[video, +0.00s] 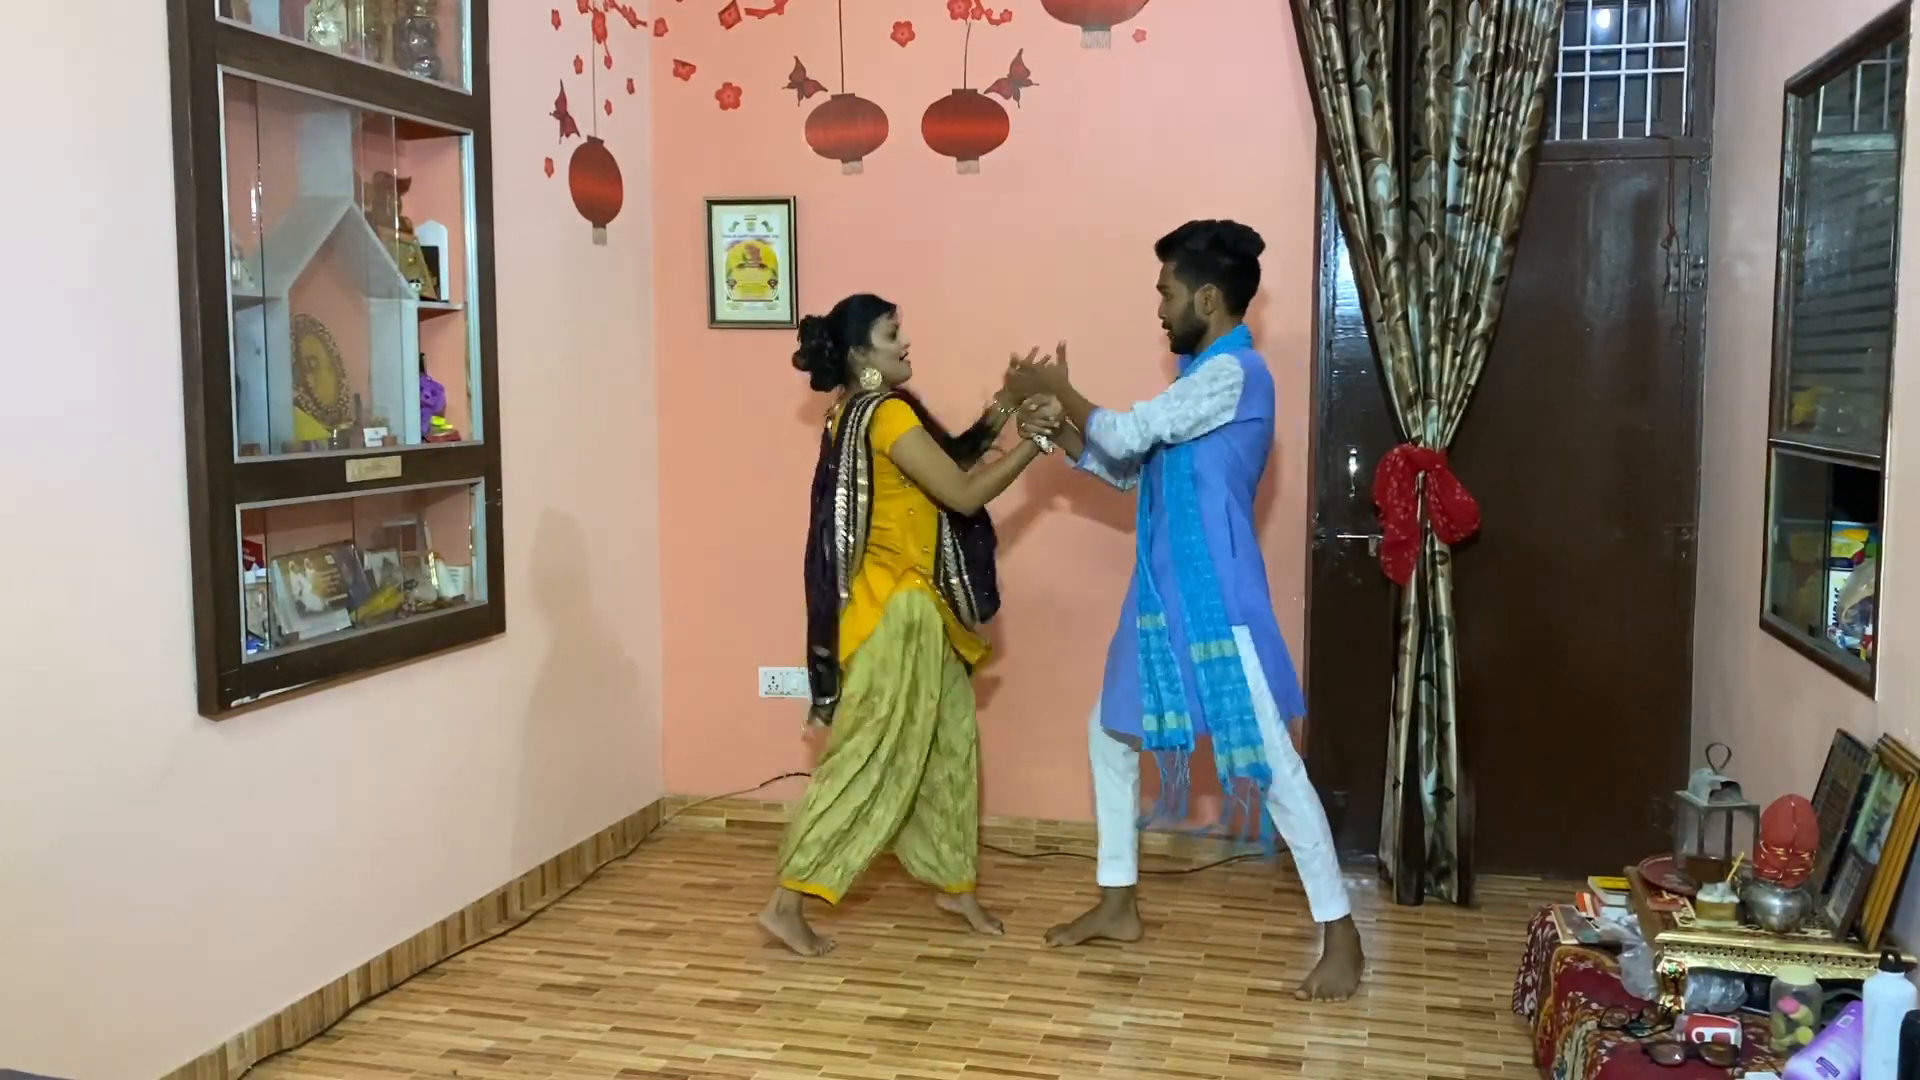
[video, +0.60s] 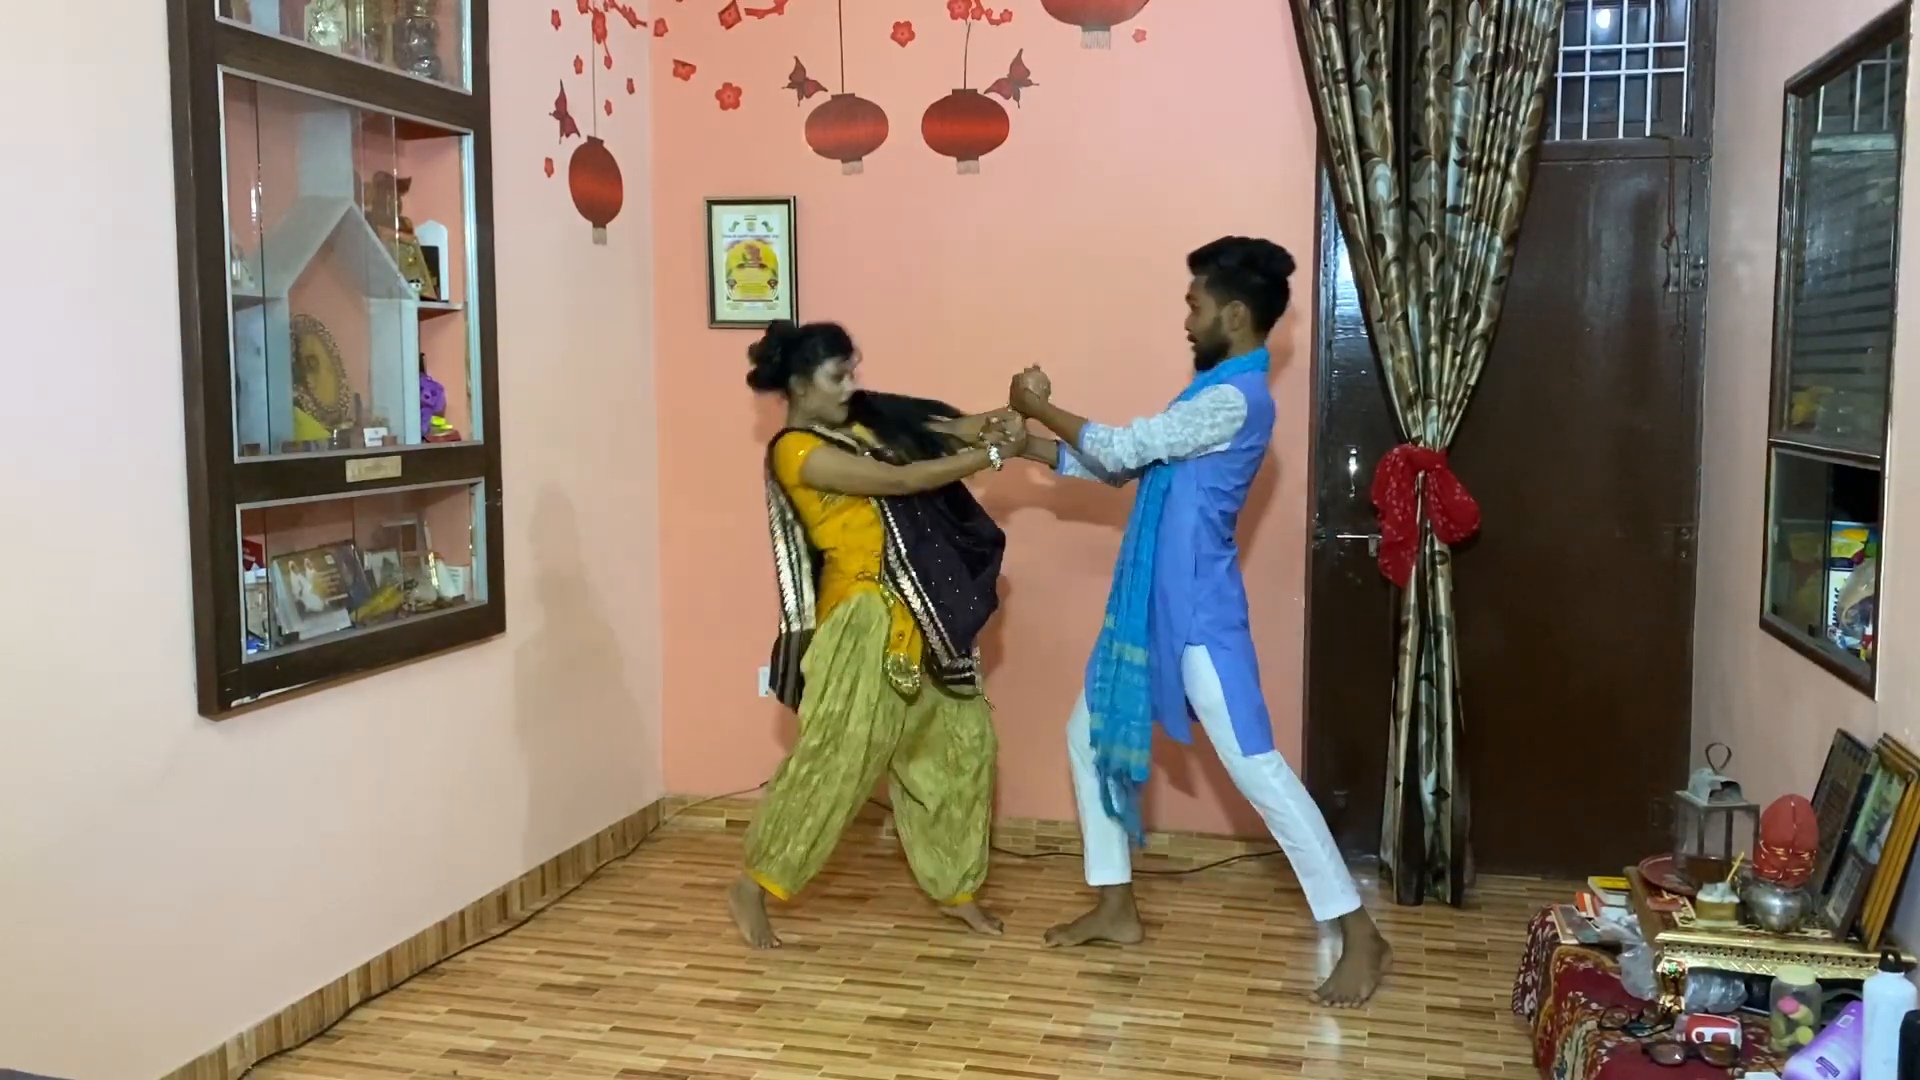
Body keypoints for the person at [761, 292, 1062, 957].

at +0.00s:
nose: (907, 346)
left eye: (902, 335)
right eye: (894, 339)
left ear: (861, 354)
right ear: (862, 354)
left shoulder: (864, 411)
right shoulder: (885, 413)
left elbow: (945, 467)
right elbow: (963, 494)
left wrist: (1003, 409)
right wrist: (1029, 442)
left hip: (908, 602)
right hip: (896, 605)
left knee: (953, 743)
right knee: (871, 750)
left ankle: (956, 884)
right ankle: (789, 900)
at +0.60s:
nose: (851, 387)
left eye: (851, 375)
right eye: (837, 378)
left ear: (845, 377)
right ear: (798, 386)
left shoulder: (859, 427)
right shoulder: (798, 452)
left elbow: (938, 430)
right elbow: (904, 477)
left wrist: (1014, 414)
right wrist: (994, 455)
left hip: (920, 612)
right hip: (865, 615)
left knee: (966, 742)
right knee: (839, 754)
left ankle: (954, 886)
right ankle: (754, 884)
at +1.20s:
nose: (924, 384)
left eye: (916, 375)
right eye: (913, 378)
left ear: (881, 406)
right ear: (892, 402)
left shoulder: (884, 465)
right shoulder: (890, 476)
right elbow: (962, 547)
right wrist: (1026, 518)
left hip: (873, 638)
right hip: (835, 637)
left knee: (921, 757)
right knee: (835, 772)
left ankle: (897, 903)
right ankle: (743, 892)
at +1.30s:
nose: (947, 394)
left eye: (935, 384)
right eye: (943, 386)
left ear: (881, 392)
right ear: (940, 398)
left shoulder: (852, 434)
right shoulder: (944, 469)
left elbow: (788, 469)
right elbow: (1008, 504)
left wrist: (819, 528)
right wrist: (1019, 443)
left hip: (829, 629)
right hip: (896, 633)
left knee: (865, 763)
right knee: (916, 771)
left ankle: (898, 906)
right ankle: (801, 858)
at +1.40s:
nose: (890, 369)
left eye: (897, 363)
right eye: (898, 360)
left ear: (905, 377)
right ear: (962, 385)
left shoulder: (864, 418)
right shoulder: (968, 443)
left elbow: (760, 444)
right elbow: (990, 386)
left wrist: (738, 463)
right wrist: (968, 318)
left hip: (862, 622)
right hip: (938, 626)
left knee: (858, 763)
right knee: (931, 765)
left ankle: (890, 897)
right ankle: (917, 898)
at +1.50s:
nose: (891, 345)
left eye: (904, 341)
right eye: (898, 336)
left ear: (932, 362)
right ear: (946, 365)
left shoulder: (889, 408)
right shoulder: (967, 416)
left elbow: (788, 442)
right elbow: (928, 329)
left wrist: (715, 414)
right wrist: (914, 250)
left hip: (897, 633)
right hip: (967, 627)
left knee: (870, 769)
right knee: (970, 759)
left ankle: (913, 902)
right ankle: (977, 882)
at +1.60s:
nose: (899, 339)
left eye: (916, 332)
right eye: (900, 329)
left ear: (946, 350)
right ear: (897, 334)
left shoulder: (923, 398)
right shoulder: (933, 391)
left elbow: (848, 440)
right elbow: (872, 320)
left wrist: (759, 397)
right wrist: (862, 264)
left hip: (911, 606)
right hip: (946, 603)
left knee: (913, 752)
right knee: (955, 745)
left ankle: (944, 888)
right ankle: (953, 872)